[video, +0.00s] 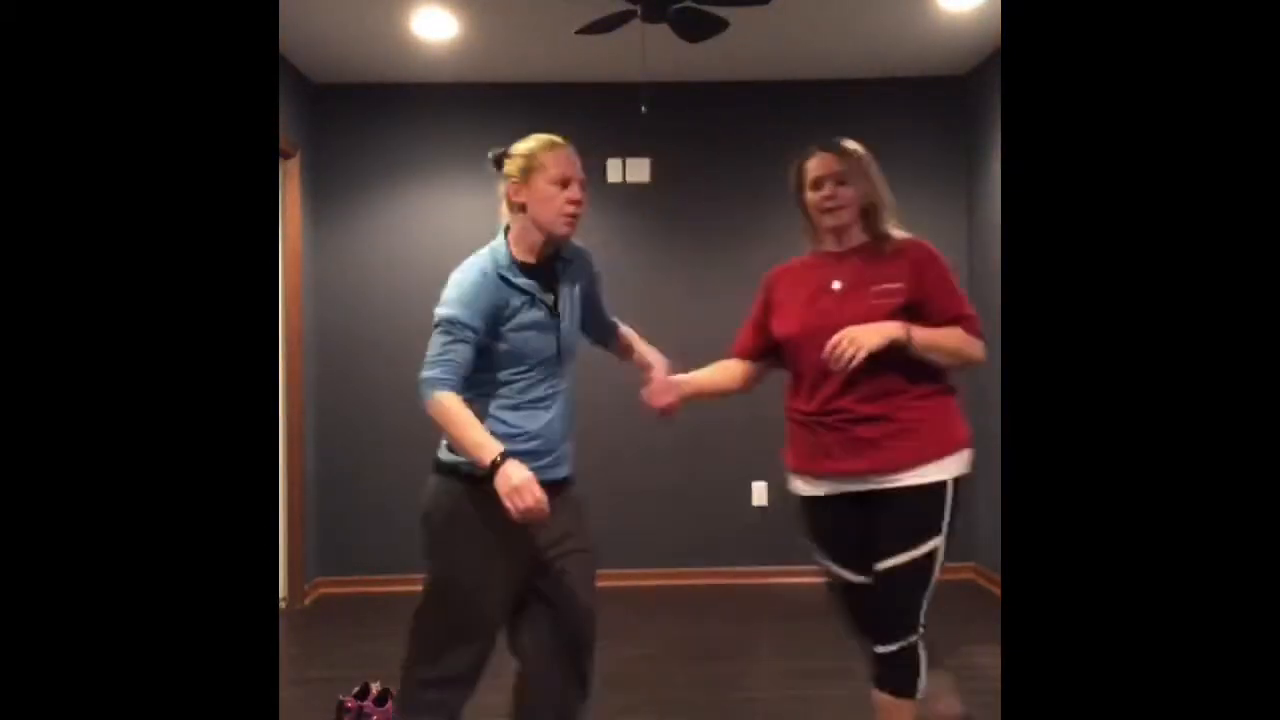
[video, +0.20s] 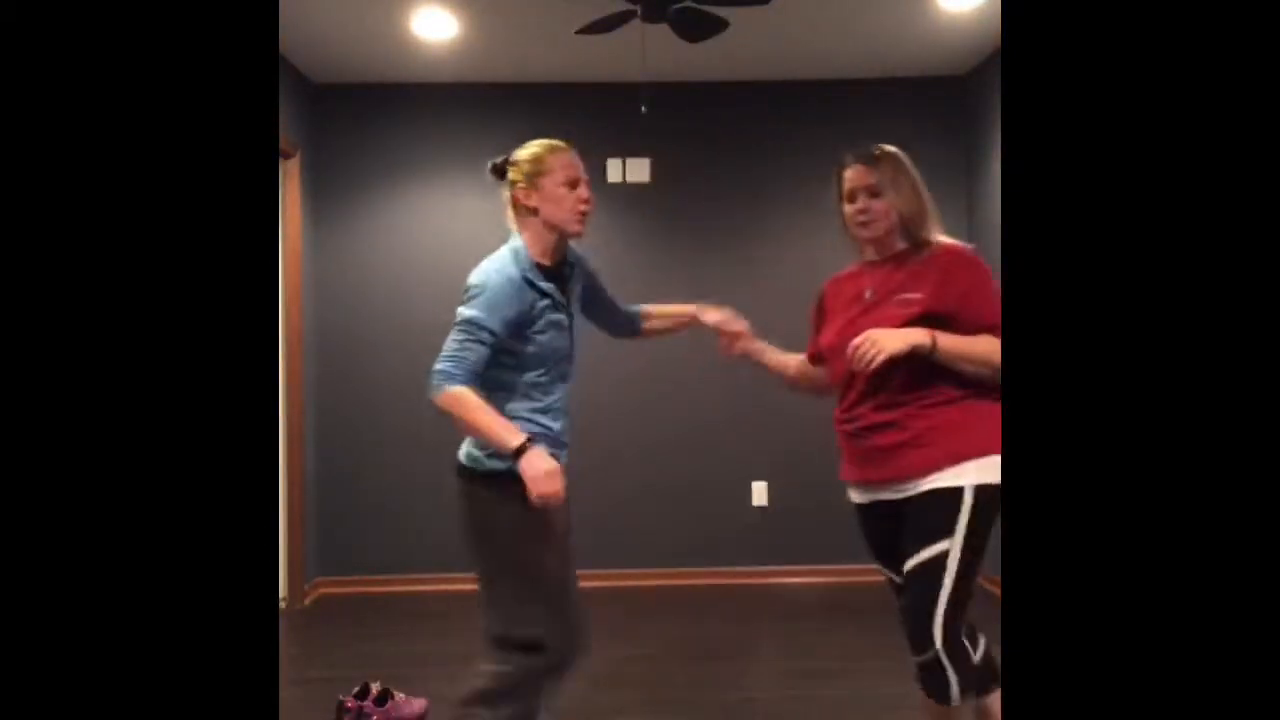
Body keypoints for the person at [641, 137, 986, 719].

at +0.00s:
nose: (829, 194)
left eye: (841, 181)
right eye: (817, 185)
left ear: (867, 187)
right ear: (803, 200)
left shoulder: (913, 260)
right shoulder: (785, 281)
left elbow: (971, 348)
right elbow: (747, 366)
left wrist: (895, 332)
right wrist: (682, 384)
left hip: (916, 471)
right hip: (824, 480)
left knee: (894, 634)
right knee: (871, 629)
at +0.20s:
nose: (859, 207)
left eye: (873, 194)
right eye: (849, 197)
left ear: (904, 196)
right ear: (841, 208)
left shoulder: (954, 266)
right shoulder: (838, 290)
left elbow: (997, 352)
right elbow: (824, 375)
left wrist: (921, 337)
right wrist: (755, 348)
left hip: (959, 472)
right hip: (876, 485)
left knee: (932, 634)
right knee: (939, 631)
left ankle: (975, 700)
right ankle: (989, 695)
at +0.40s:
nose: (881, 186)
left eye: (895, 173)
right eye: (871, 178)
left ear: (930, 181)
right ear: (864, 195)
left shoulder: (979, 263)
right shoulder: (847, 284)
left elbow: (1005, 354)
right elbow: (819, 377)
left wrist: (954, 335)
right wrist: (781, 300)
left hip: (970, 491)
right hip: (881, 499)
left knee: (950, 664)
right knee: (946, 647)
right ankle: (991, 687)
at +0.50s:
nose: (884, 173)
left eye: (899, 161)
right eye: (873, 168)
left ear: (932, 173)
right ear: (862, 189)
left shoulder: (983, 259)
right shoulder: (841, 277)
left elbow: (1003, 347)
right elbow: (765, 331)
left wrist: (974, 324)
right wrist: (773, 241)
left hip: (972, 495)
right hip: (872, 502)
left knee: (953, 667)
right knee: (902, 656)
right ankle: (964, 704)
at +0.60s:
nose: (881, 168)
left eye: (895, 156)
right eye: (866, 161)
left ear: (925, 172)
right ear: (850, 185)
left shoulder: (983, 259)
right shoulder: (826, 260)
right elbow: (741, 242)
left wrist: (984, 305)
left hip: (973, 489)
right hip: (863, 493)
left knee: (962, 671)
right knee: (886, 675)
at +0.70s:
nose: (868, 160)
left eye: (879, 148)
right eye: (850, 152)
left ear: (900, 164)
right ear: (829, 175)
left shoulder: (943, 245)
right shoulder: (802, 245)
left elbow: (996, 349)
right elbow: (777, 163)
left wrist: (979, 296)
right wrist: (814, 88)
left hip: (963, 472)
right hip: (851, 480)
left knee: (959, 662)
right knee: (881, 662)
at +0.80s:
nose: (854, 167)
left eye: (864, 154)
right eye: (836, 153)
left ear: (877, 168)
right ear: (799, 168)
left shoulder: (896, 257)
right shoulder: (779, 243)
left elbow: (959, 363)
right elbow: (817, 168)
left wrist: (954, 301)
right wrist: (860, 102)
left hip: (922, 481)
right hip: (824, 485)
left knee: (940, 666)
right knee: (848, 667)